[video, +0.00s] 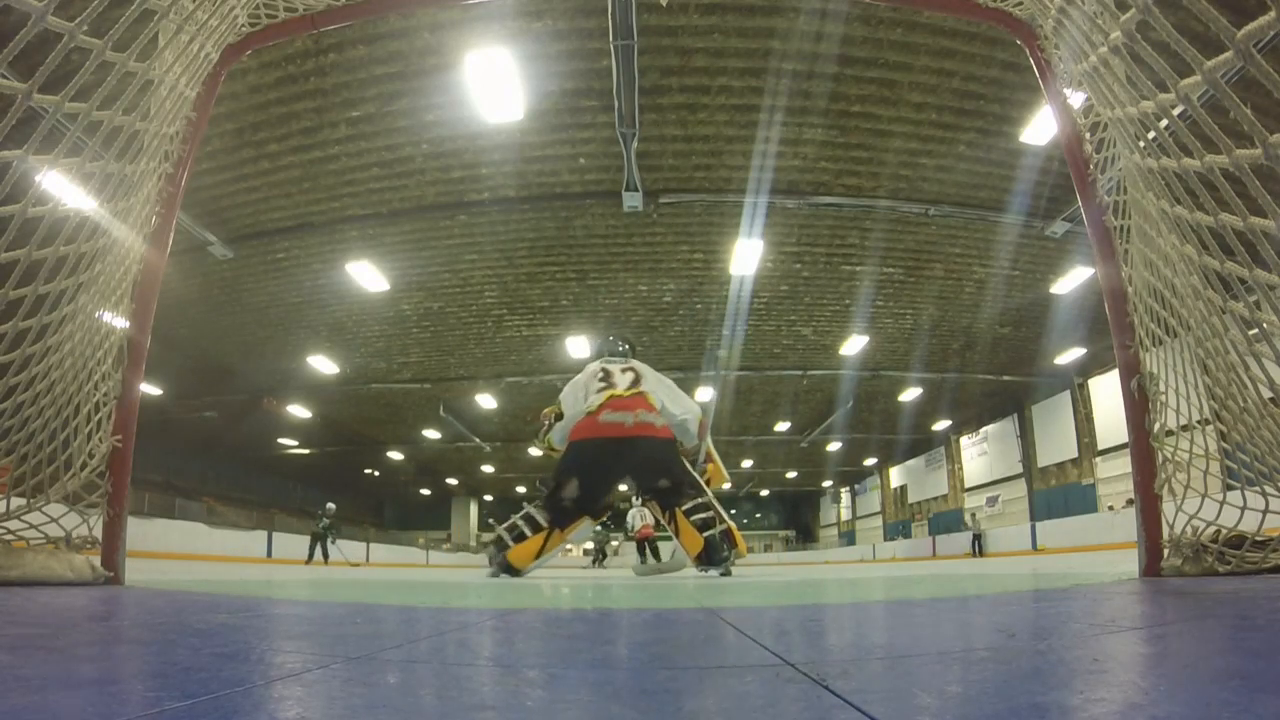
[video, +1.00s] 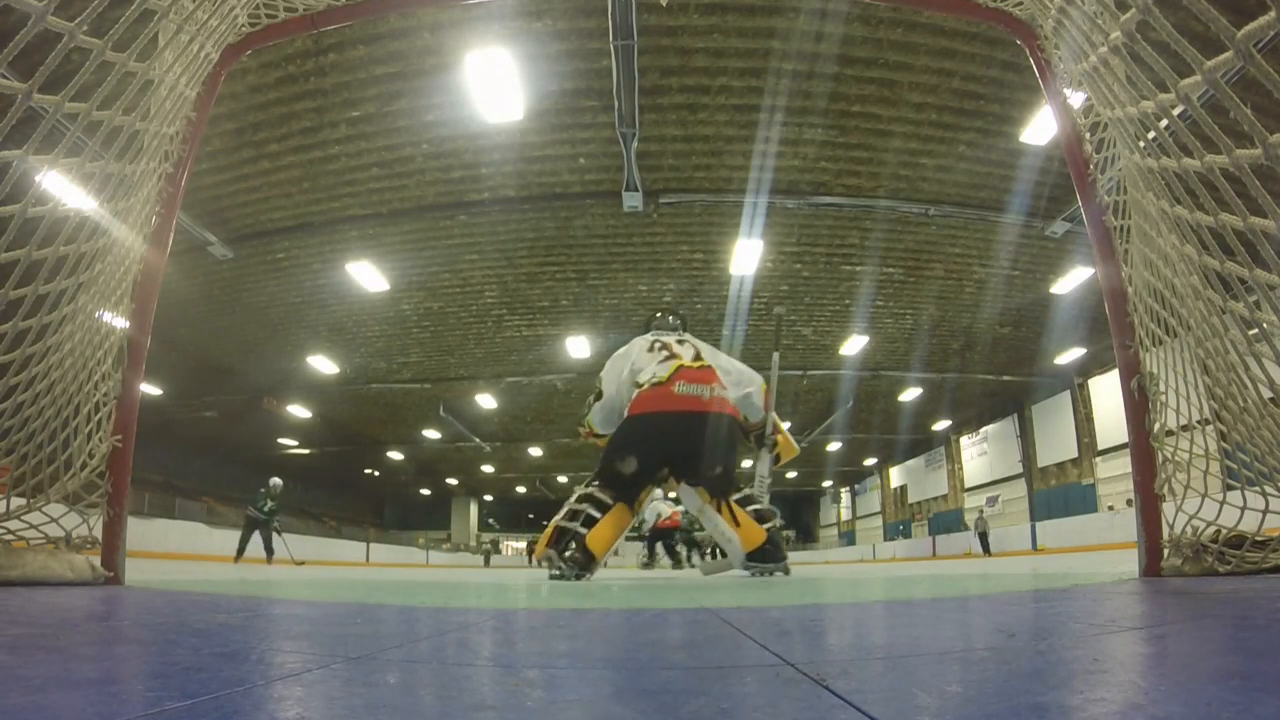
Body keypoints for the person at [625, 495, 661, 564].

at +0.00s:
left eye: (634, 502)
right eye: (638, 502)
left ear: (632, 503)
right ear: (641, 502)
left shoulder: (631, 512)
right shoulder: (646, 510)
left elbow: (629, 523)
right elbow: (652, 521)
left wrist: (629, 531)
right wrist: (650, 526)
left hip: (639, 532)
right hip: (649, 530)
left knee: (641, 549)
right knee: (653, 546)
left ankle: (643, 562)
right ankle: (658, 560)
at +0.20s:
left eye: (627, 500)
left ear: (628, 501)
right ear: (636, 500)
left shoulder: (628, 509)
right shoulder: (642, 507)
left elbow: (623, 522)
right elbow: (649, 519)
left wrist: (624, 532)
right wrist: (646, 526)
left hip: (635, 532)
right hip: (645, 531)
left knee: (634, 551)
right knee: (646, 547)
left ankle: (632, 565)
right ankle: (644, 563)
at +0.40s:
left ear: (625, 501)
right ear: (633, 500)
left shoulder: (625, 509)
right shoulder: (639, 508)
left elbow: (619, 523)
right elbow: (646, 519)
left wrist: (619, 533)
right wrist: (643, 528)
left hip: (629, 532)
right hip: (641, 531)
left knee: (626, 548)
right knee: (638, 546)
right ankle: (635, 562)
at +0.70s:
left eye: (632, 499)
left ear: (631, 500)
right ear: (640, 499)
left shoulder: (630, 509)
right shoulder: (646, 507)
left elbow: (626, 523)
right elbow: (652, 517)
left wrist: (625, 532)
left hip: (636, 530)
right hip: (648, 529)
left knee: (625, 545)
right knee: (641, 543)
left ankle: (617, 559)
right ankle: (643, 560)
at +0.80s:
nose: (638, 499)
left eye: (638, 498)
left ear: (639, 499)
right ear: (647, 498)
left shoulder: (637, 507)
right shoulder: (654, 505)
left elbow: (633, 522)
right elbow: (659, 515)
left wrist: (630, 532)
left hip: (642, 529)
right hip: (655, 528)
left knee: (632, 545)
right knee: (648, 545)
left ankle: (623, 561)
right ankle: (651, 562)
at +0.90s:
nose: (645, 497)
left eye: (645, 496)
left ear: (645, 497)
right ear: (654, 496)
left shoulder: (646, 506)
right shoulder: (661, 504)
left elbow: (640, 520)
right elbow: (667, 515)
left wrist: (637, 530)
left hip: (650, 530)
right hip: (661, 529)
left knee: (642, 543)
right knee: (657, 544)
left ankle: (637, 560)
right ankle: (662, 558)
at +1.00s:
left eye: (653, 496)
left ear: (653, 496)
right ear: (662, 496)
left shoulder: (654, 505)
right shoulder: (669, 504)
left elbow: (649, 521)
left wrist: (643, 531)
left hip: (659, 529)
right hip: (671, 528)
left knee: (651, 541)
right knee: (667, 544)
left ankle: (651, 560)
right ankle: (677, 559)